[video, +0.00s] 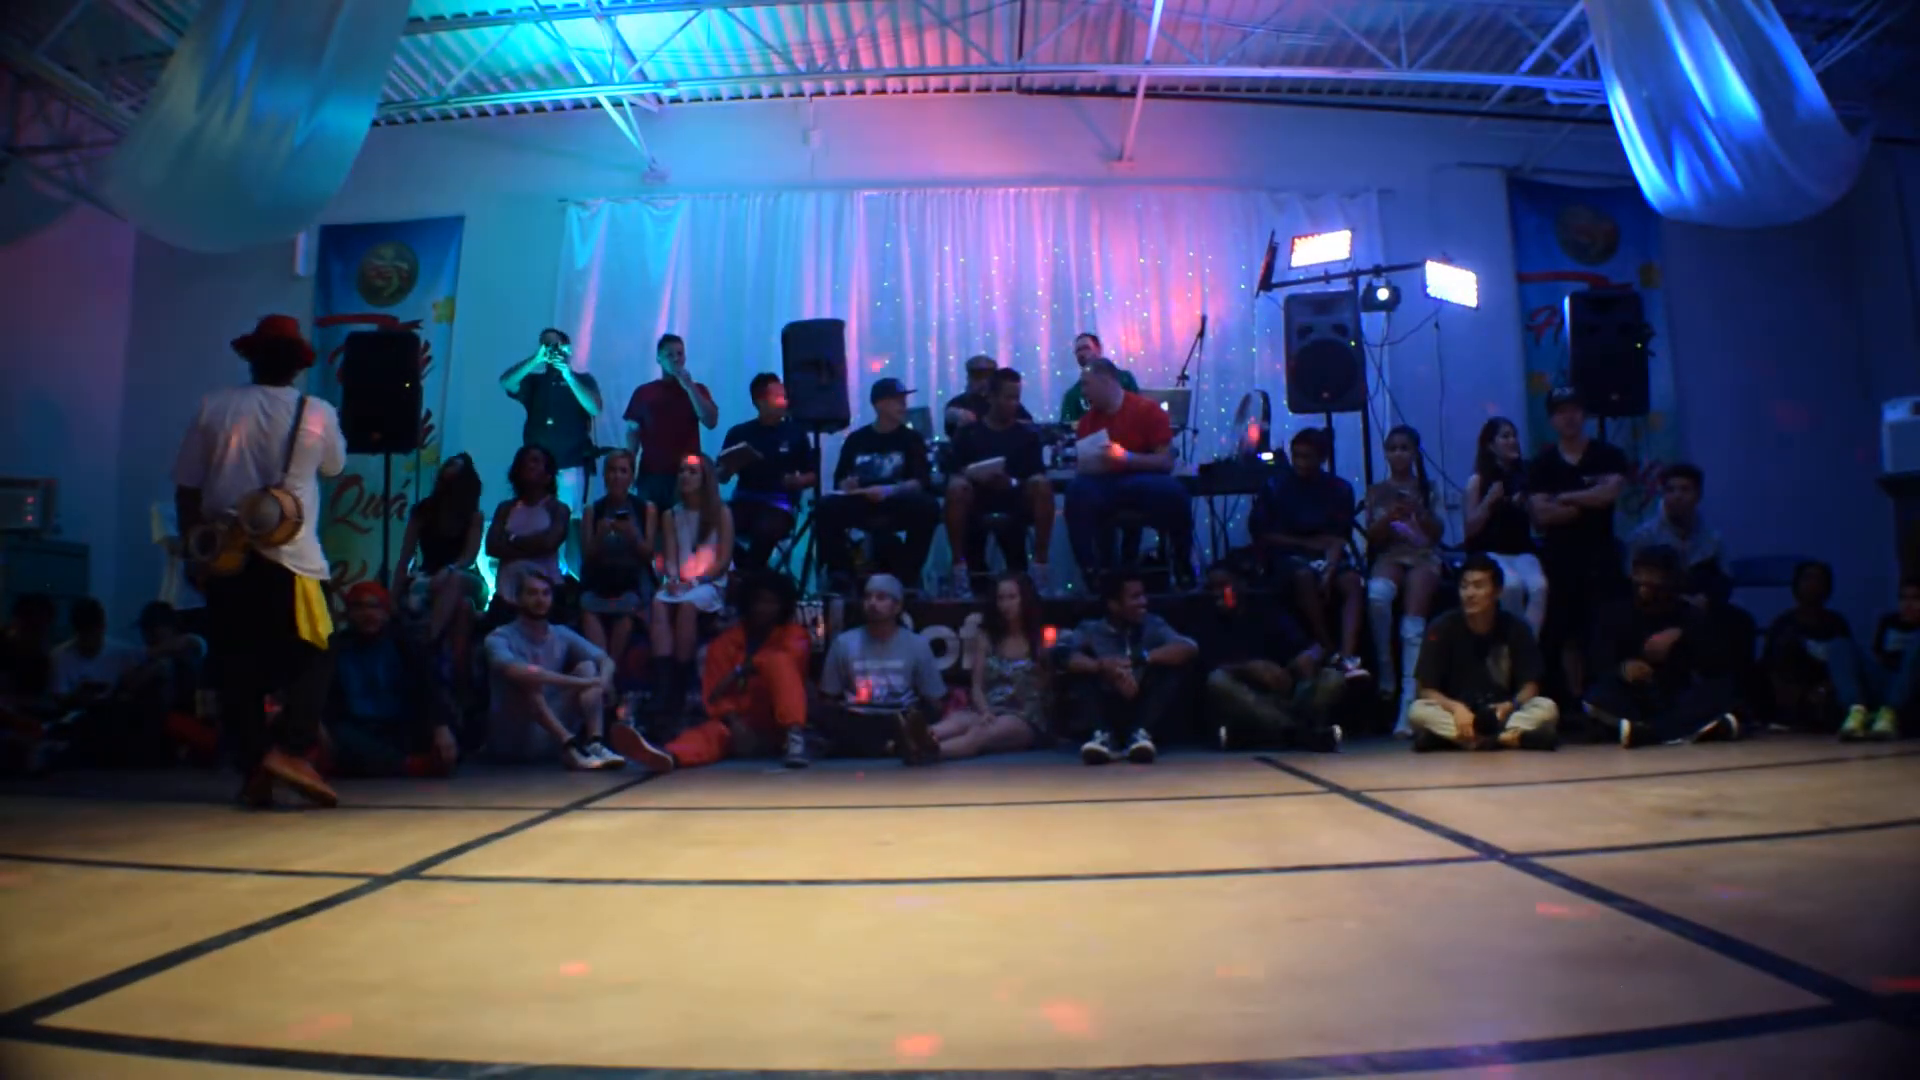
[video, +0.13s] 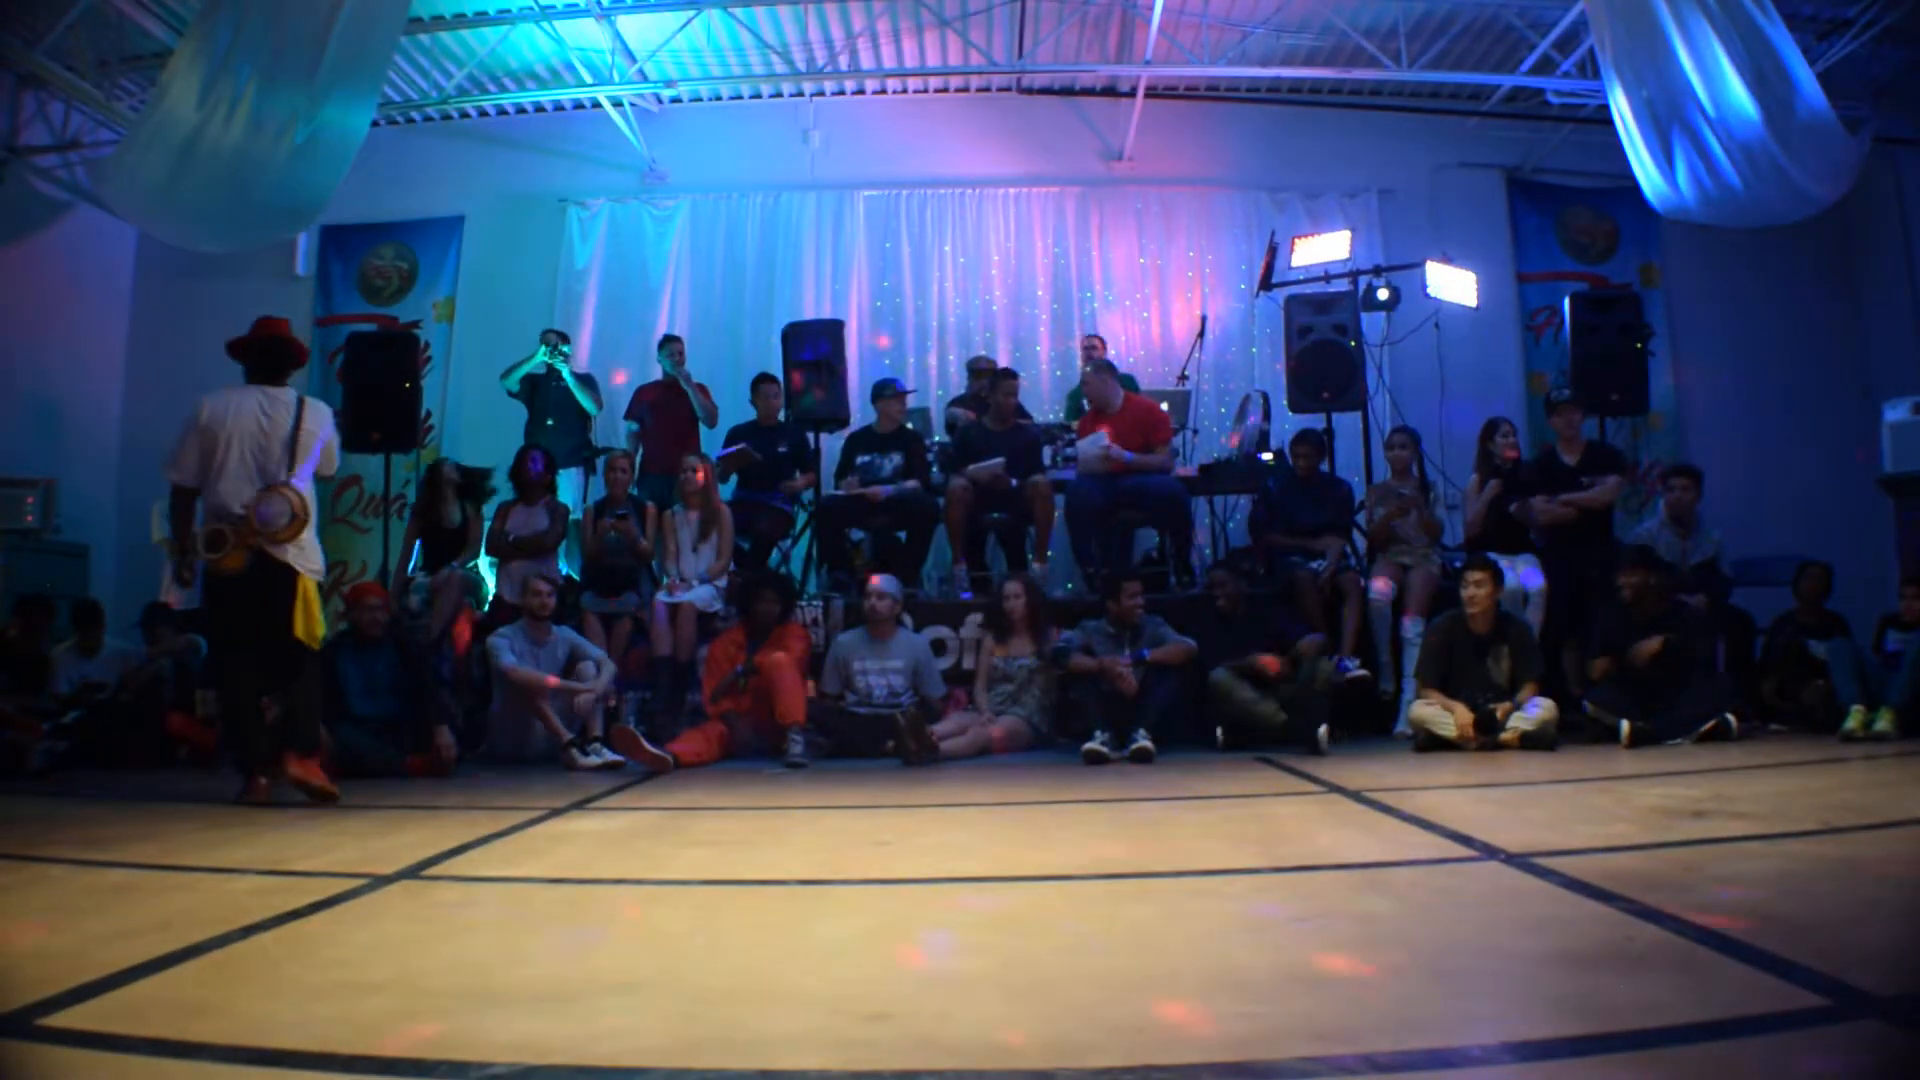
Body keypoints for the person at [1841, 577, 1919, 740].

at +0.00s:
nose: (1909, 605)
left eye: (1914, 598)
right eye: (1905, 598)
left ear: (1919, 602)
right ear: (1899, 600)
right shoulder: (1888, 622)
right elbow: (1876, 653)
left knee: (1911, 657)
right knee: (1841, 647)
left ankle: (1889, 712)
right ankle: (1856, 709)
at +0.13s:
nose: (1909, 605)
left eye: (1914, 599)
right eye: (1904, 598)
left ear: (1919, 602)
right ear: (1899, 600)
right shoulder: (1888, 622)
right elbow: (1876, 653)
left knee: (1912, 656)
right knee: (1841, 647)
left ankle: (1889, 713)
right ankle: (1856, 709)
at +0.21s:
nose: (1909, 604)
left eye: (1914, 598)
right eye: (1904, 598)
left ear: (1919, 601)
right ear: (1899, 600)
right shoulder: (1888, 622)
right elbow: (1877, 654)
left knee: (1912, 656)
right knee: (1841, 647)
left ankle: (1889, 712)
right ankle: (1856, 709)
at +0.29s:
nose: (1908, 604)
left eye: (1914, 598)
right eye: (1904, 598)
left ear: (1919, 601)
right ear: (1899, 600)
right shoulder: (1888, 622)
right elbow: (1876, 653)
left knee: (1912, 657)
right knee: (1843, 648)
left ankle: (1889, 712)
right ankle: (1856, 709)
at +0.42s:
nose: (1908, 604)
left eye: (1914, 598)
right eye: (1904, 598)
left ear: (1919, 601)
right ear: (1899, 600)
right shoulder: (1888, 622)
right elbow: (1875, 653)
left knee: (1912, 655)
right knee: (1842, 647)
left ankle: (1889, 712)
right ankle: (1856, 710)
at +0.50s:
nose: (1908, 604)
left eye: (1914, 599)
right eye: (1904, 598)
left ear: (1919, 602)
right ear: (1898, 600)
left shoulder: (1916, 629)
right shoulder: (1887, 623)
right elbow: (1875, 653)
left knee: (1912, 657)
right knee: (1843, 648)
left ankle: (1889, 712)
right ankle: (1856, 709)